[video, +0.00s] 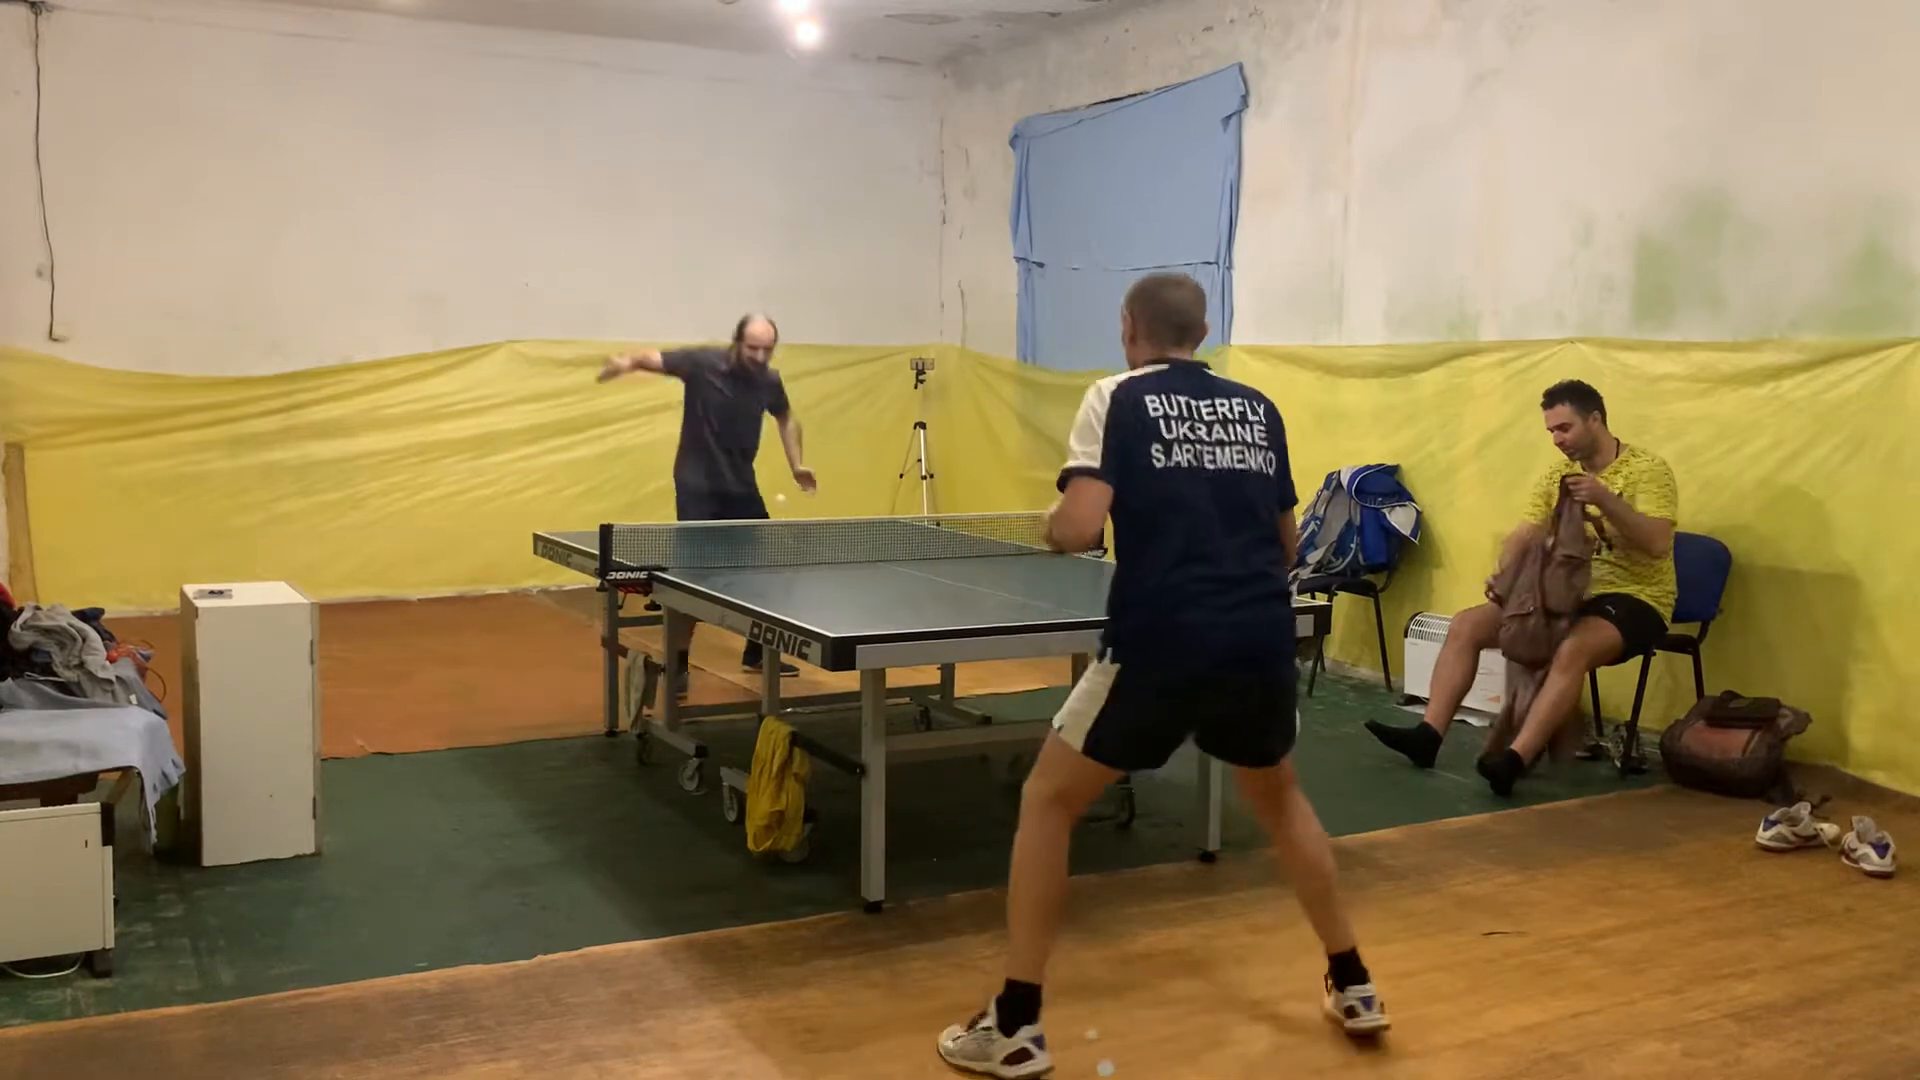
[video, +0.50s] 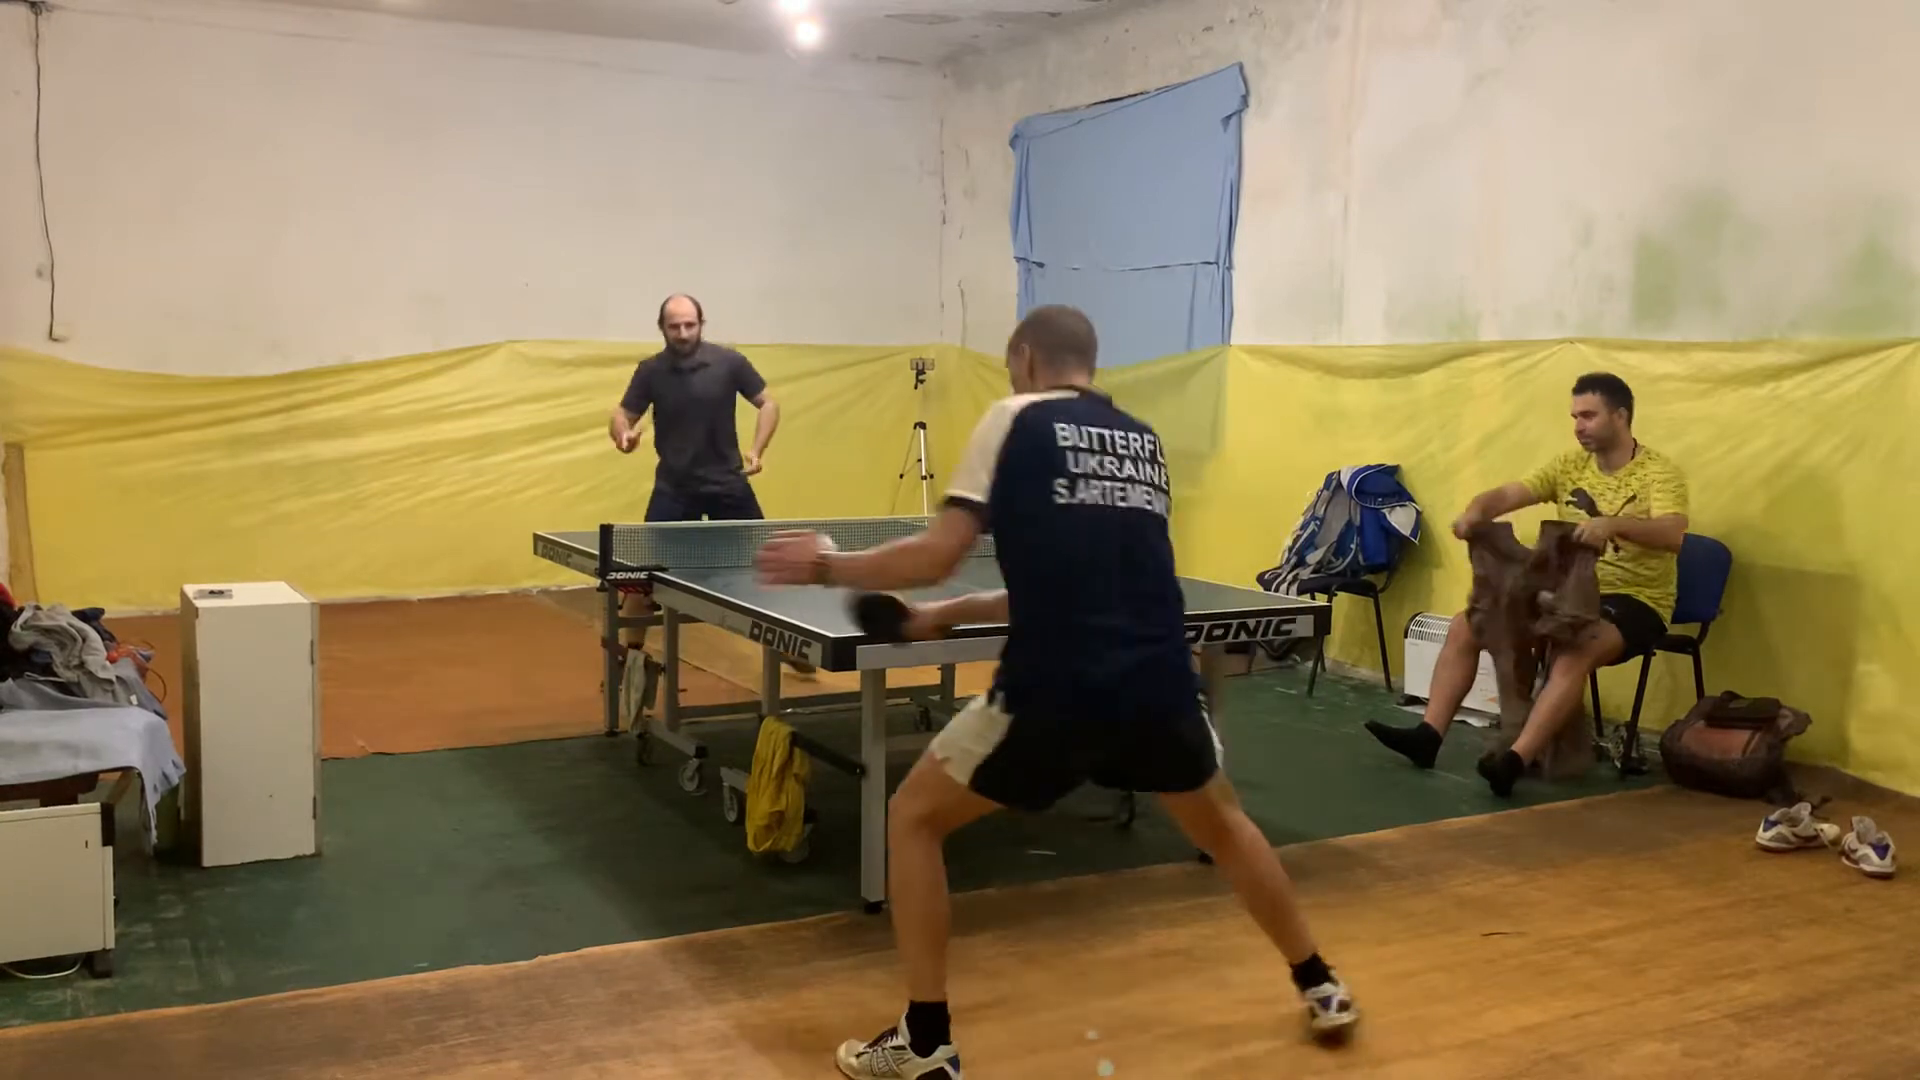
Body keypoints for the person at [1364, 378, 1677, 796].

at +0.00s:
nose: (1556, 440)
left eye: (1563, 429)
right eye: (1551, 432)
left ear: (1595, 419)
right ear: (1551, 431)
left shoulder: (1648, 469)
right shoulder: (1558, 476)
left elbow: (1658, 543)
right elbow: (1527, 534)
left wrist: (1605, 500)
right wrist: (1507, 576)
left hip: (1636, 598)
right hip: (1567, 594)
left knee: (1572, 650)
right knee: (1466, 625)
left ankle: (1515, 760)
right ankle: (1429, 734)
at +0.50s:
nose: (1578, 426)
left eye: (1587, 416)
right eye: (1574, 416)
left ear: (1621, 416)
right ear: (1574, 417)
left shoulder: (1659, 473)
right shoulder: (1572, 466)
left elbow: (1674, 536)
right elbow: (1508, 496)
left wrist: (1613, 524)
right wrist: (1476, 510)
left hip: (1637, 600)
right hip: (1570, 592)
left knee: (1572, 653)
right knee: (1465, 625)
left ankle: (1514, 759)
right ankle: (1429, 734)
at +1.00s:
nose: (1606, 419)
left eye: (1618, 411)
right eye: (1606, 410)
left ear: (1652, 420)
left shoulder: (1672, 481)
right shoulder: (1592, 464)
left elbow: (1640, 541)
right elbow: (1520, 487)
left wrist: (1555, 547)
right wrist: (1460, 494)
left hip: (1639, 603)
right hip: (1580, 591)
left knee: (1572, 645)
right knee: (1513, 543)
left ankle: (1512, 762)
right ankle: (1504, 654)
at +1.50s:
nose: (1608, 421)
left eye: (1620, 413)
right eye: (1607, 412)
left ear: (1653, 422)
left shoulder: (1672, 485)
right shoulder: (1596, 471)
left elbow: (1641, 563)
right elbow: (1544, 524)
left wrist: (1569, 592)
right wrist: (1491, 568)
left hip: (1643, 601)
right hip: (1588, 584)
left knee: (1573, 645)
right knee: (1517, 524)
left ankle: (1515, 759)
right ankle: (1512, 655)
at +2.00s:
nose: (1608, 420)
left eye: (1619, 412)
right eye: (1608, 412)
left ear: (1652, 421)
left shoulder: (1675, 484)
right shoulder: (1598, 471)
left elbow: (1643, 563)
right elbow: (1546, 528)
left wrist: (1581, 604)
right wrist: (1506, 589)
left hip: (1645, 601)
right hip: (1589, 587)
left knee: (1572, 647)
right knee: (1519, 521)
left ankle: (1514, 759)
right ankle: (1509, 633)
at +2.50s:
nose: (1613, 421)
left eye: (1625, 413)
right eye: (1613, 412)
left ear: (1658, 422)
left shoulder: (1680, 483)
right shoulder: (1604, 474)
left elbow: (1660, 560)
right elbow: (1551, 530)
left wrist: (1581, 575)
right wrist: (1493, 567)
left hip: (1648, 601)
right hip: (1592, 585)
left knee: (1575, 643)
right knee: (1513, 533)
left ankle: (1515, 759)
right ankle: (1464, 657)